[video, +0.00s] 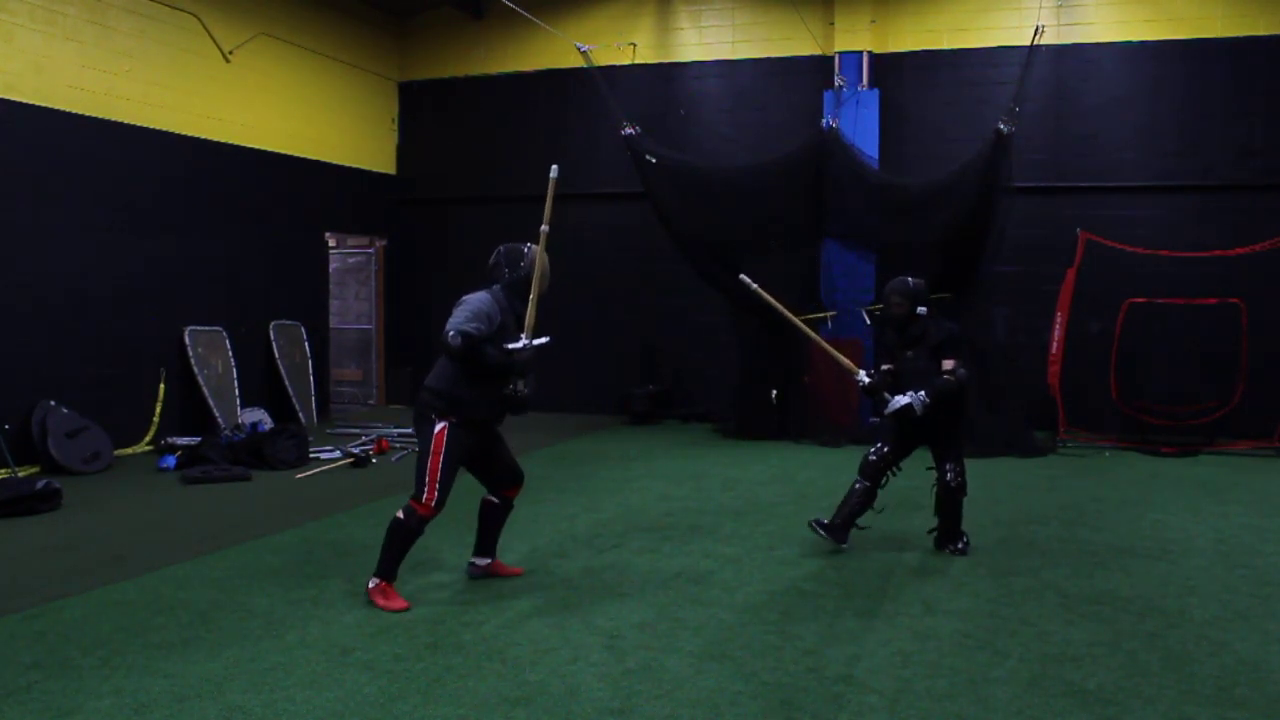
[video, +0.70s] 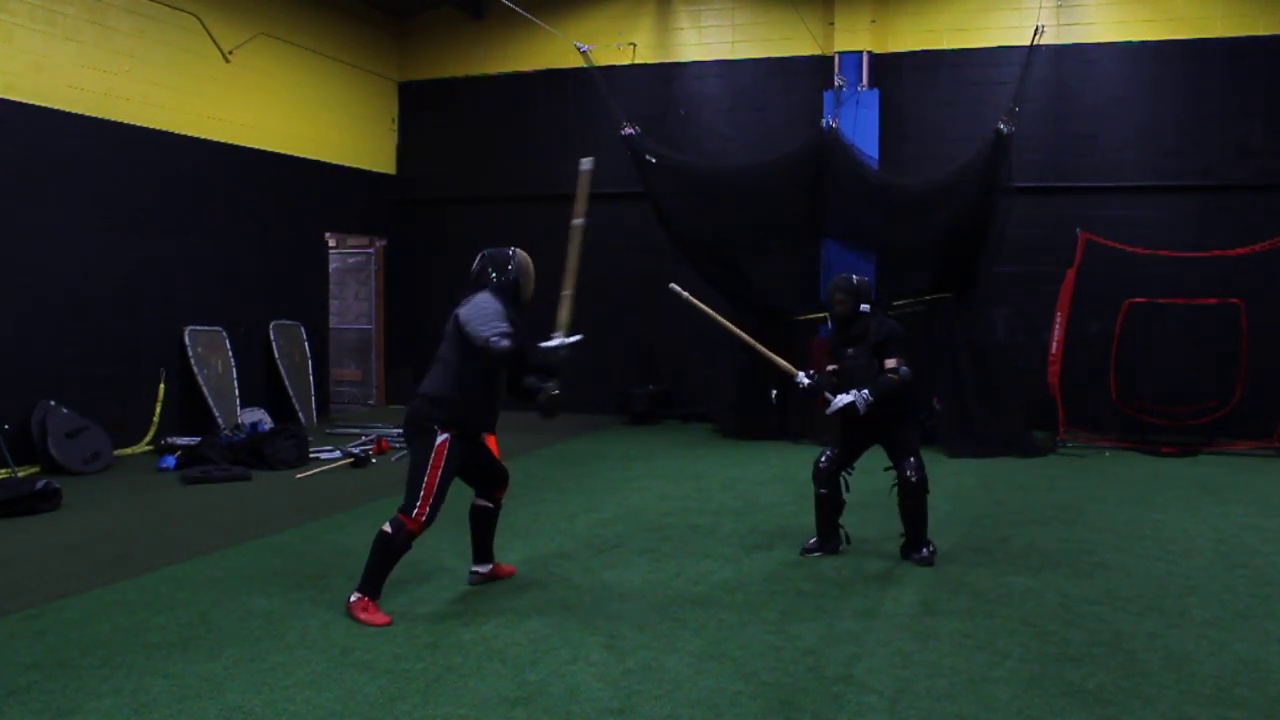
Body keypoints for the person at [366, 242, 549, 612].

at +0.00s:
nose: (538, 285)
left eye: (539, 277)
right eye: (533, 276)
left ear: (514, 275)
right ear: (515, 274)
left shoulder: (514, 317)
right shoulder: (482, 303)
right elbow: (456, 341)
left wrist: (517, 391)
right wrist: (509, 357)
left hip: (474, 417)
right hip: (443, 415)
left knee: (508, 481)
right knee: (427, 501)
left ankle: (483, 560)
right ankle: (380, 582)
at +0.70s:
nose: (527, 284)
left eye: (526, 277)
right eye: (523, 276)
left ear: (490, 274)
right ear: (508, 275)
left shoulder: (499, 312)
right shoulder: (481, 304)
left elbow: (505, 374)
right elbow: (502, 349)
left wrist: (539, 392)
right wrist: (545, 352)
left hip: (459, 425)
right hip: (438, 424)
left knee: (494, 479)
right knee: (417, 513)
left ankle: (483, 565)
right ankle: (363, 596)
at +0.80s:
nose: (535, 281)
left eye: (534, 274)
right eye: (532, 273)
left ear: (496, 273)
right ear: (518, 273)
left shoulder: (497, 311)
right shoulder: (503, 298)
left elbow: (535, 366)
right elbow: (560, 329)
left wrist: (580, 372)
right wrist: (619, 341)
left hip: (470, 419)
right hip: (454, 417)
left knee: (503, 483)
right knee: (445, 511)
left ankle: (483, 566)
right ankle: (376, 584)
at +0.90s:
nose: (552, 272)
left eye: (550, 266)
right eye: (549, 265)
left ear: (510, 265)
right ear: (539, 266)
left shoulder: (499, 297)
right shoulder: (530, 292)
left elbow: (554, 338)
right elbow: (586, 319)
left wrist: (600, 342)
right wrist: (640, 336)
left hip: (478, 407)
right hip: (475, 409)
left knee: (509, 486)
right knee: (499, 499)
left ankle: (484, 566)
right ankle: (426, 561)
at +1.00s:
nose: (572, 268)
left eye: (569, 262)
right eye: (571, 262)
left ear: (530, 256)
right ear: (564, 263)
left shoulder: (508, 283)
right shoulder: (557, 295)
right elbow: (605, 323)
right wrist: (651, 324)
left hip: (472, 400)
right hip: (501, 404)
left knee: (504, 482)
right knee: (549, 483)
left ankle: (485, 564)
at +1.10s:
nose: (594, 267)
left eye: (592, 262)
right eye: (591, 262)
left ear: (555, 254)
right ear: (585, 265)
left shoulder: (531, 271)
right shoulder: (581, 297)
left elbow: (595, 270)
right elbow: (633, 308)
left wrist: (647, 277)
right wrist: (674, 292)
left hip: (487, 398)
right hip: (528, 404)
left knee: (504, 482)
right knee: (582, 480)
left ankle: (485, 564)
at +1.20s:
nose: (614, 267)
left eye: (611, 259)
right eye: (611, 262)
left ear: (576, 254)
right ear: (604, 266)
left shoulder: (551, 269)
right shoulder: (602, 300)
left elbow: (598, 250)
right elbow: (650, 304)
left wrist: (645, 237)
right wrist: (681, 262)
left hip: (516, 403)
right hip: (558, 410)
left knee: (516, 486)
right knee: (611, 485)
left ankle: (488, 564)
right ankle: (651, 559)